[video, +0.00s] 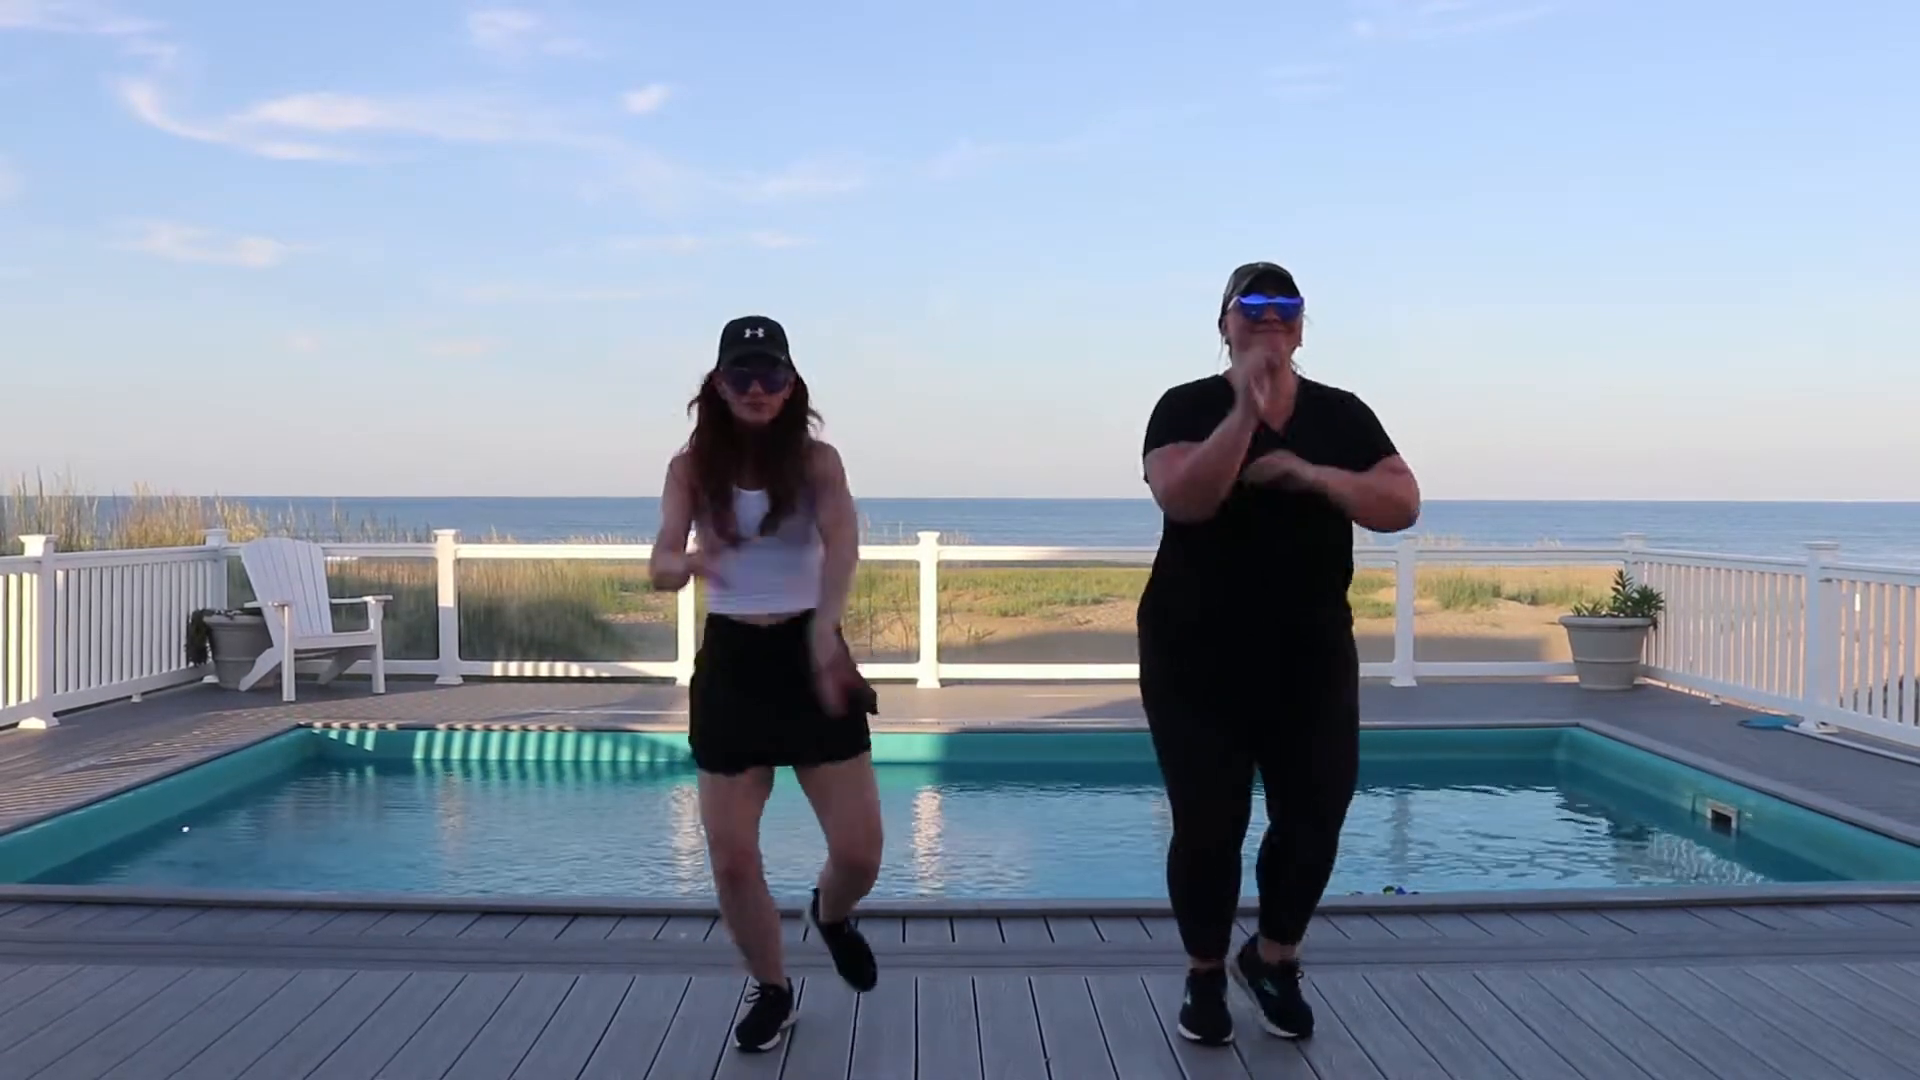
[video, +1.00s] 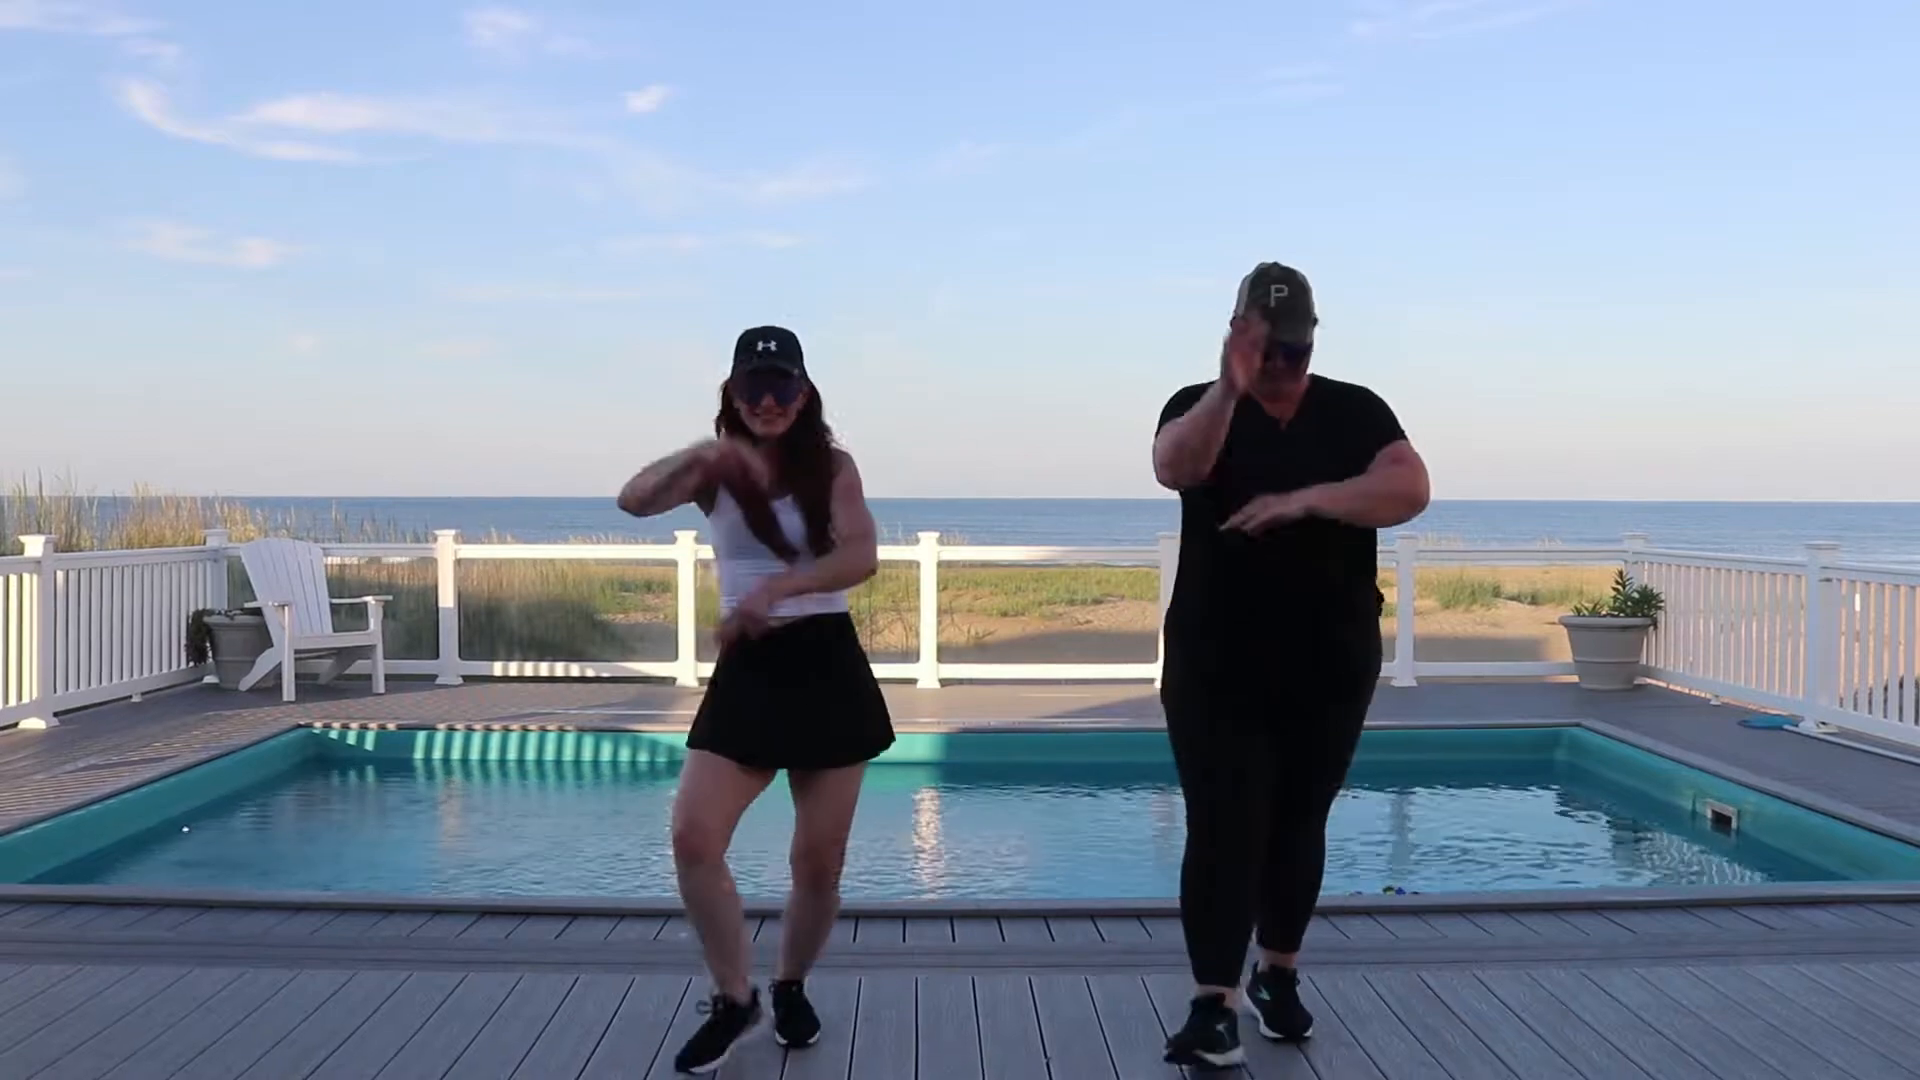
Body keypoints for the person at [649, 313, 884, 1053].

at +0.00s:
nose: (757, 388)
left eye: (771, 375)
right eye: (742, 376)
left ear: (790, 381)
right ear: (718, 381)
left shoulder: (815, 457)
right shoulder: (692, 466)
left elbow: (842, 542)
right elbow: (662, 571)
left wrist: (827, 627)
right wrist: (687, 559)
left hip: (813, 648)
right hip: (732, 657)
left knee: (862, 853)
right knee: (732, 862)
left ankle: (829, 915)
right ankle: (771, 985)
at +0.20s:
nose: (769, 378)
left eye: (783, 366)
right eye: (755, 366)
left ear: (805, 376)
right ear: (733, 377)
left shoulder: (822, 459)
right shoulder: (702, 454)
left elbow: (887, 515)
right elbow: (683, 546)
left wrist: (900, 447)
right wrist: (787, 550)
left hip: (798, 659)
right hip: (713, 662)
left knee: (817, 837)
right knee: (716, 858)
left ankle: (816, 992)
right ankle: (769, 986)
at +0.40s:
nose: (779, 377)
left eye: (794, 364)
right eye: (764, 364)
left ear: (814, 374)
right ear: (742, 372)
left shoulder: (829, 460)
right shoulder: (711, 440)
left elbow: (864, 532)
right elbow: (680, 524)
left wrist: (890, 422)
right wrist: (783, 526)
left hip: (795, 661)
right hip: (710, 661)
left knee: (789, 852)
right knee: (692, 855)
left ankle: (773, 1034)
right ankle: (756, 963)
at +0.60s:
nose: (777, 384)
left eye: (792, 372)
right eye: (762, 370)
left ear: (811, 383)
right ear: (739, 378)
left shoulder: (823, 466)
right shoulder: (708, 451)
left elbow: (854, 543)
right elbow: (683, 532)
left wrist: (872, 437)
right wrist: (785, 536)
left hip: (794, 664)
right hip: (709, 663)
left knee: (791, 842)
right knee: (702, 856)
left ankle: (779, 1020)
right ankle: (729, 962)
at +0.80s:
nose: (777, 370)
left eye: (792, 357)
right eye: (762, 357)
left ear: (813, 365)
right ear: (741, 365)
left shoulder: (832, 446)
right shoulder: (716, 434)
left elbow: (861, 530)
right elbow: (669, 511)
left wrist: (875, 451)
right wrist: (779, 538)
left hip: (803, 649)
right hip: (718, 647)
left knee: (801, 844)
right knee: (693, 842)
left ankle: (789, 976)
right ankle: (724, 953)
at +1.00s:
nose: (773, 399)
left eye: (786, 386)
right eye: (758, 385)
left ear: (805, 391)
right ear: (734, 388)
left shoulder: (831, 467)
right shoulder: (714, 463)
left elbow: (860, 557)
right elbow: (634, 498)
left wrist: (771, 587)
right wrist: (701, 460)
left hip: (829, 668)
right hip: (748, 669)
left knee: (819, 863)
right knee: (693, 839)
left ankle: (792, 985)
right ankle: (735, 1000)